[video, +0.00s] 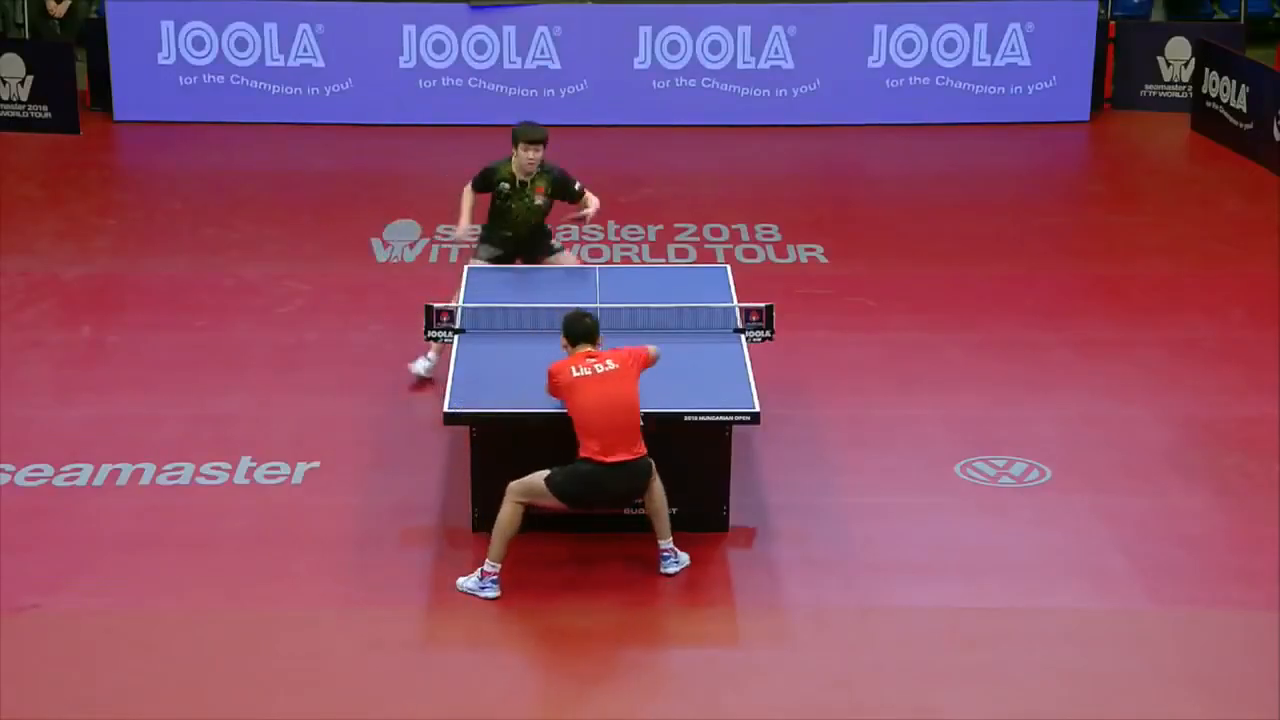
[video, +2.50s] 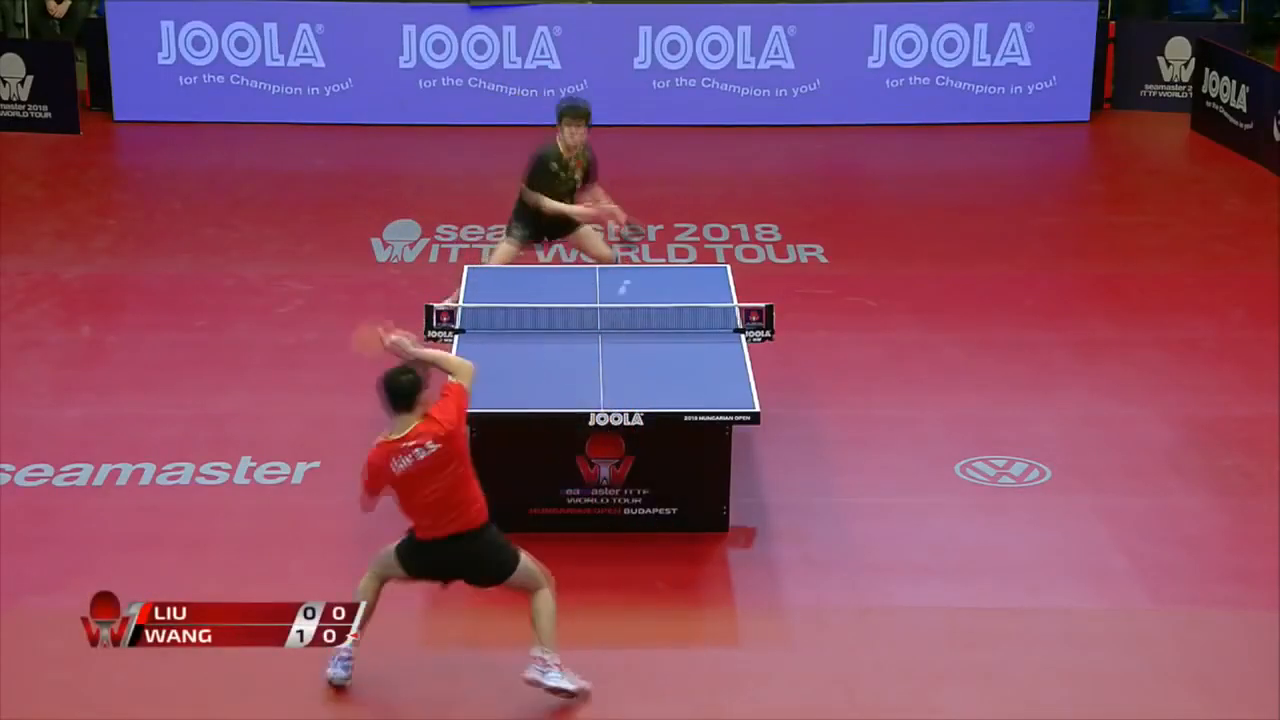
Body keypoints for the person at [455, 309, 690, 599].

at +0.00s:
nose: (560, 344)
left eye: (561, 339)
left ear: (565, 343)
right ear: (599, 338)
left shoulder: (560, 371)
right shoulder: (626, 358)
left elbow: (555, 393)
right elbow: (654, 353)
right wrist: (618, 359)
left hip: (589, 476)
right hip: (635, 474)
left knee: (516, 491)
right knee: (649, 470)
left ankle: (487, 576)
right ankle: (669, 554)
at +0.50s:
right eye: (599, 330)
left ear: (564, 332)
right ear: (599, 332)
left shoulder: (543, 366)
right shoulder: (614, 370)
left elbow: (508, 415)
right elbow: (648, 410)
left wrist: (534, 422)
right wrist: (645, 429)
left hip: (544, 475)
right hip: (595, 478)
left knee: (488, 517)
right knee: (650, 522)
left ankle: (454, 593)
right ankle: (685, 601)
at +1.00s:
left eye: (443, 361)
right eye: (481, 359)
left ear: (444, 367)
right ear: (479, 365)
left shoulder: (434, 417)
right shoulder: (503, 401)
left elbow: (423, 477)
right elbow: (561, 408)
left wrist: (410, 492)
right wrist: (578, 370)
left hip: (461, 524)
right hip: (512, 518)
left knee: (393, 557)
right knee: (554, 539)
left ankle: (356, 642)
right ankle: (587, 616)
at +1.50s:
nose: (529, 376)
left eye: (530, 371)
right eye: (561, 375)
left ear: (532, 375)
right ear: (567, 376)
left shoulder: (522, 415)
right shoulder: (583, 411)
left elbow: (476, 460)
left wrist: (437, 439)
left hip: (530, 532)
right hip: (578, 534)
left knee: (462, 556)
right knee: (635, 566)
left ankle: (429, 644)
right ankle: (678, 649)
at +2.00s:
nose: (530, 385)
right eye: (531, 380)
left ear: (491, 381)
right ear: (527, 385)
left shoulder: (463, 418)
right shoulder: (541, 425)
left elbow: (430, 469)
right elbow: (584, 470)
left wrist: (456, 490)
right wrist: (580, 442)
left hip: (461, 538)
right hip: (511, 543)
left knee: (409, 583)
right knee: (582, 584)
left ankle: (357, 661)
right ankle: (604, 680)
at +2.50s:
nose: (428, 393)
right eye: (424, 388)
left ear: (386, 402)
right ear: (422, 395)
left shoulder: (381, 456)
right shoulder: (446, 419)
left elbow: (367, 502)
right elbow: (464, 369)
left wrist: (388, 453)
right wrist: (414, 351)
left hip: (427, 552)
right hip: (478, 546)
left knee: (376, 573)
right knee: (541, 584)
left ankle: (344, 656)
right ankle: (547, 663)